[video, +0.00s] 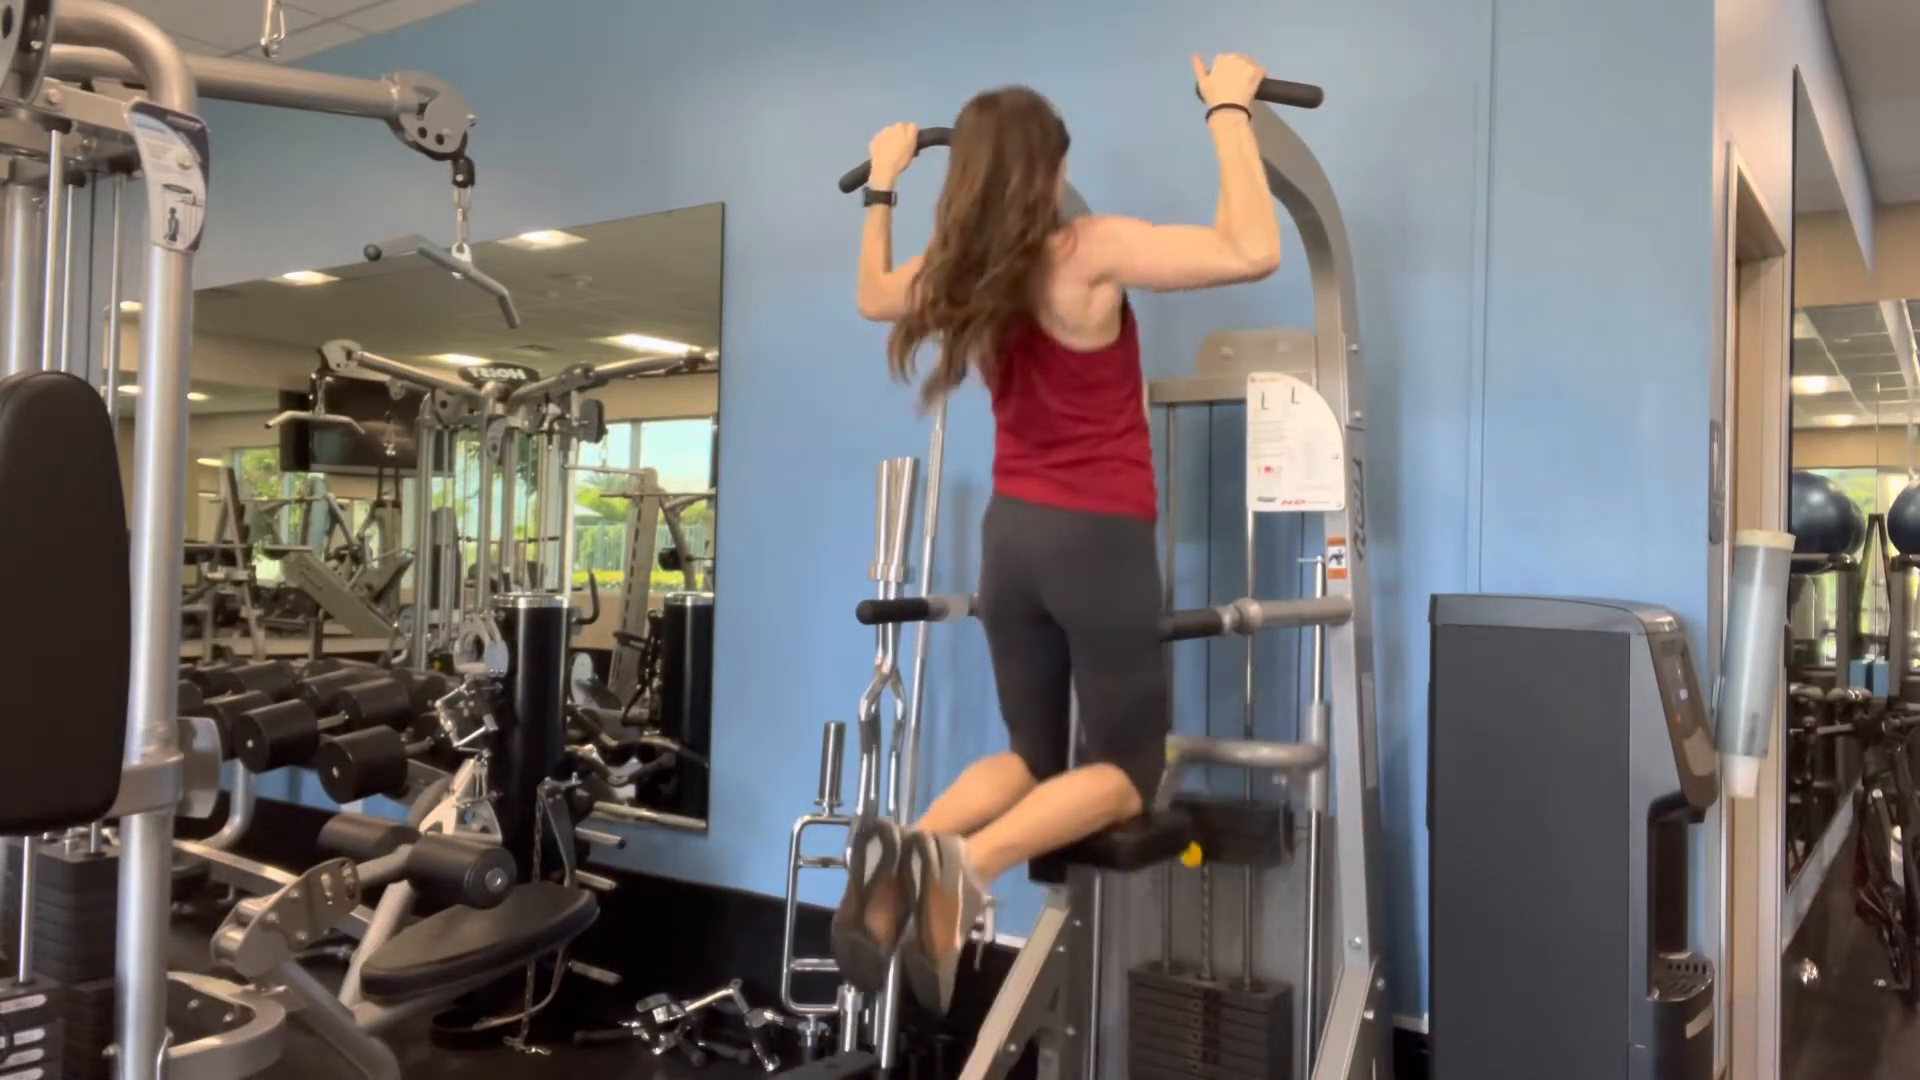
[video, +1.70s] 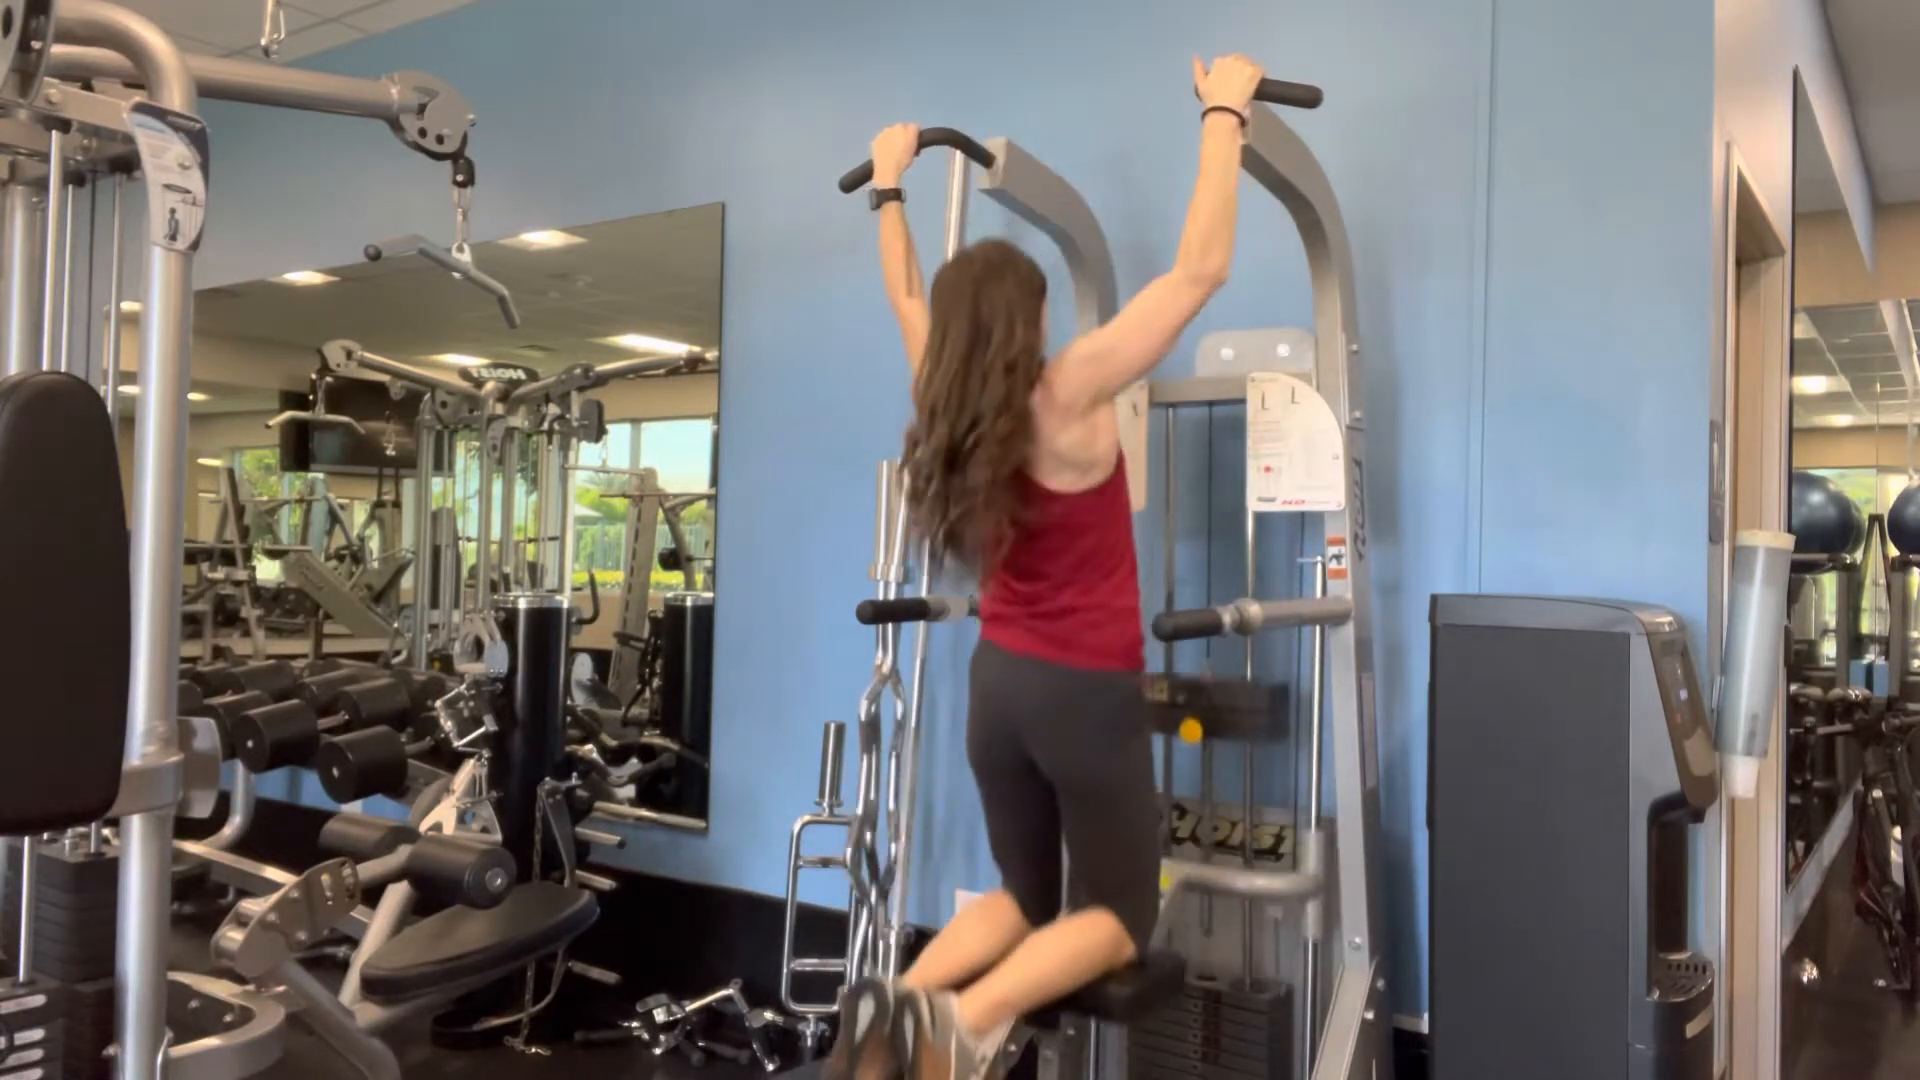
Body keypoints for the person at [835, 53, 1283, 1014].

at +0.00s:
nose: (1070, 165)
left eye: (1060, 156)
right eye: (1063, 155)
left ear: (968, 171)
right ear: (1051, 165)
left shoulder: (969, 264)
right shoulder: (1091, 246)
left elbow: (873, 296)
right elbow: (1251, 249)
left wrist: (879, 184)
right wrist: (1230, 110)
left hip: (1011, 534)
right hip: (1099, 540)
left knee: (1034, 758)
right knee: (1128, 773)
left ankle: (909, 850)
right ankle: (968, 865)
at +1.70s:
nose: (1048, 307)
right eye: (1037, 295)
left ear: (956, 322)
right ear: (1034, 312)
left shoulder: (955, 395)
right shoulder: (1076, 382)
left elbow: (905, 293)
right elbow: (1200, 270)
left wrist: (885, 185)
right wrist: (1225, 114)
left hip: (997, 685)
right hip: (1087, 693)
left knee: (1023, 894)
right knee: (1119, 916)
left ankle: (900, 1002)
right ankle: (965, 1028)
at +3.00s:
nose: (1076, 62)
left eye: (1064, 45)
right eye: (1072, 48)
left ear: (982, 65)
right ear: (1064, 59)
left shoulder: (960, 169)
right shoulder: (1103, 142)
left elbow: (884, 289)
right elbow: (1199, 250)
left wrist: (880, 178)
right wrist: (1229, 113)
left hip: (1009, 435)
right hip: (1097, 437)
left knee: (1033, 660)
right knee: (1130, 674)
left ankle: (904, 769)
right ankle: (963, 779)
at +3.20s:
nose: (1079, 30)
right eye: (1075, 21)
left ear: (987, 39)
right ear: (1069, 31)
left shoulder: (967, 148)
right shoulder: (1109, 119)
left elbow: (893, 279)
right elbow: (1167, 242)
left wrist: (879, 179)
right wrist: (1228, 117)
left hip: (1013, 406)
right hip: (1101, 406)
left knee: (1034, 626)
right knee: (1134, 643)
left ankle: (899, 725)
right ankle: (964, 732)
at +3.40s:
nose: (1079, 28)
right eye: (1076, 20)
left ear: (988, 36)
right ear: (1068, 29)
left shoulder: (969, 144)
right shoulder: (1106, 116)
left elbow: (892, 278)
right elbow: (1161, 240)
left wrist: (879, 181)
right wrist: (1226, 117)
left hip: (1012, 402)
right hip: (1100, 400)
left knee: (1032, 623)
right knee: (1133, 639)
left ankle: (906, 712)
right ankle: (967, 721)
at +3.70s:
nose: (1078, 31)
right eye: (1075, 22)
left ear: (986, 40)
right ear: (1069, 33)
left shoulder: (968, 149)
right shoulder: (1105, 121)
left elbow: (890, 278)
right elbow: (1168, 241)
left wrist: (878, 179)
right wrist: (1228, 117)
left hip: (1010, 408)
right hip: (1099, 406)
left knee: (1033, 629)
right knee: (1134, 646)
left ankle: (902, 727)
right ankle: (967, 728)